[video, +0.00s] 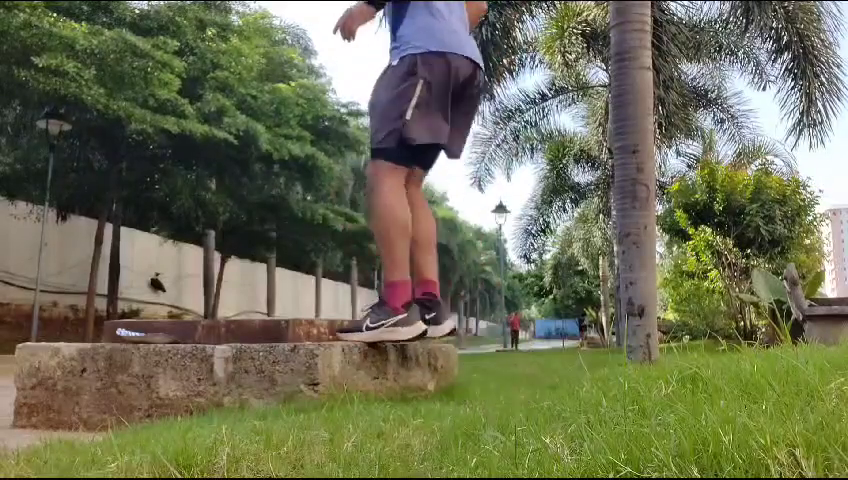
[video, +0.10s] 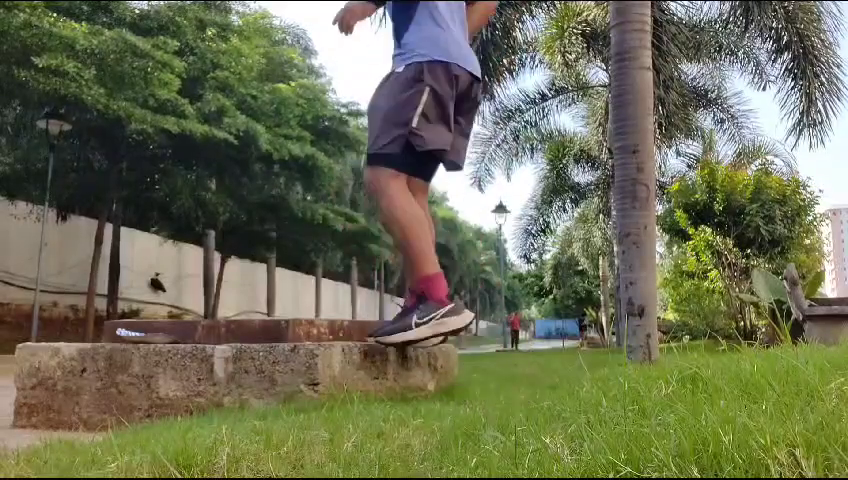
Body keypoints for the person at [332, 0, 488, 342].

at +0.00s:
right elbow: (478, 5)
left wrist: (366, 7)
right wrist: (442, 37)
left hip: (423, 50)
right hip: (467, 59)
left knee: (385, 174)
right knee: (412, 183)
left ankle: (394, 306)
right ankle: (430, 305)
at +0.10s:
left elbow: (365, 6)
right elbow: (487, 3)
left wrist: (350, 14)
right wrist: (451, 42)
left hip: (425, 55)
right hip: (463, 66)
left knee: (383, 178)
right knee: (416, 189)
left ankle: (436, 299)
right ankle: (416, 305)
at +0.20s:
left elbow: (354, 9)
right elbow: (493, 2)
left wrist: (361, 2)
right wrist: (452, 31)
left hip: (435, 55)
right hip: (466, 62)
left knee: (405, 187)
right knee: (407, 187)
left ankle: (462, 315)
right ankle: (419, 304)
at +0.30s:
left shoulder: (414, 2)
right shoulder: (467, 8)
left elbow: (387, 6)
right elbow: (515, 4)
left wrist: (375, 10)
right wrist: (470, 44)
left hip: (444, 90)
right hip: (480, 98)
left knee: (441, 236)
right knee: (382, 190)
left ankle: (477, 362)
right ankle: (436, 287)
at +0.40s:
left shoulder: (415, 5)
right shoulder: (470, 6)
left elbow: (430, 4)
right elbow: (514, 37)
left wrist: (390, 39)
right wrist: (480, 93)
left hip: (447, 122)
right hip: (480, 124)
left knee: (448, 256)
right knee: (382, 220)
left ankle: (502, 380)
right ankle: (469, 299)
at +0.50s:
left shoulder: (425, 4)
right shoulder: (476, 5)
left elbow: (436, 3)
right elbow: (511, 34)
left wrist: (395, 33)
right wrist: (476, 89)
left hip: (441, 107)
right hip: (474, 113)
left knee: (439, 245)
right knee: (406, 242)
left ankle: (497, 374)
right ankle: (489, 338)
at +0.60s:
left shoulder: (424, 3)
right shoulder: (476, 11)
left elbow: (456, 2)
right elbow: (501, 62)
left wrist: (397, 46)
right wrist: (453, 86)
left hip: (441, 115)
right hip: (487, 129)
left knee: (377, 234)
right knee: (446, 255)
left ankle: (467, 328)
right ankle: (507, 371)